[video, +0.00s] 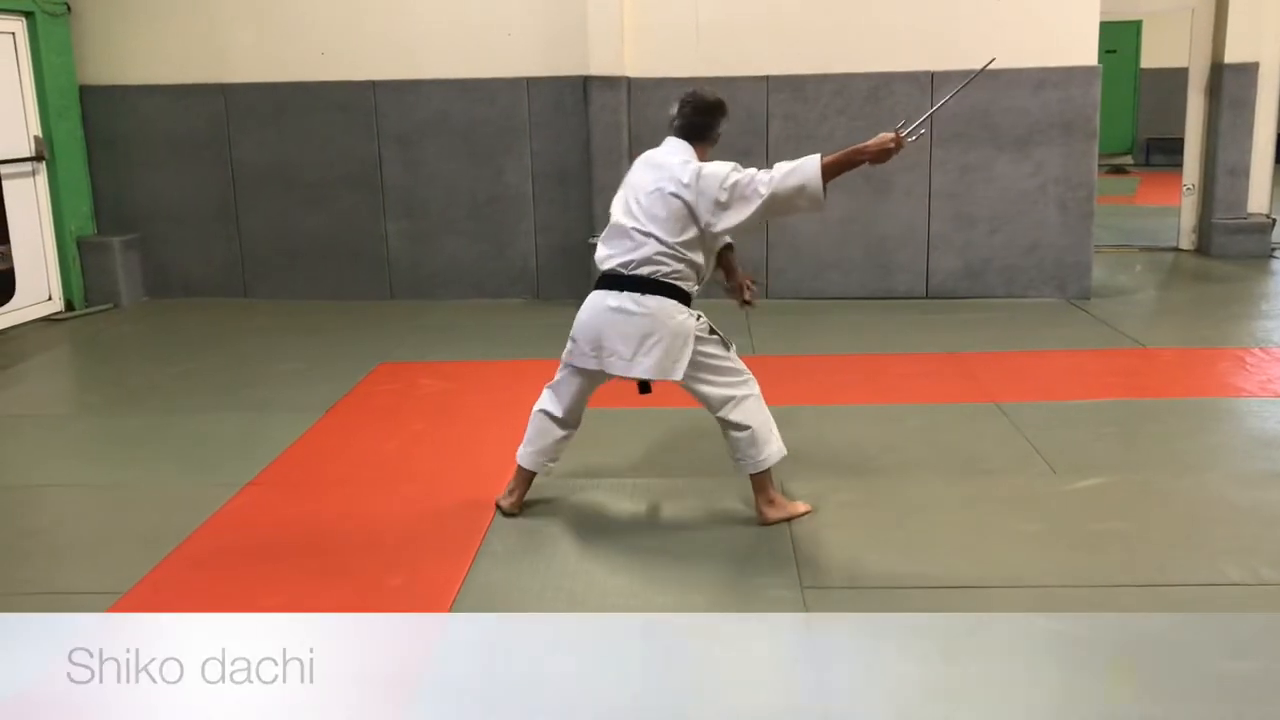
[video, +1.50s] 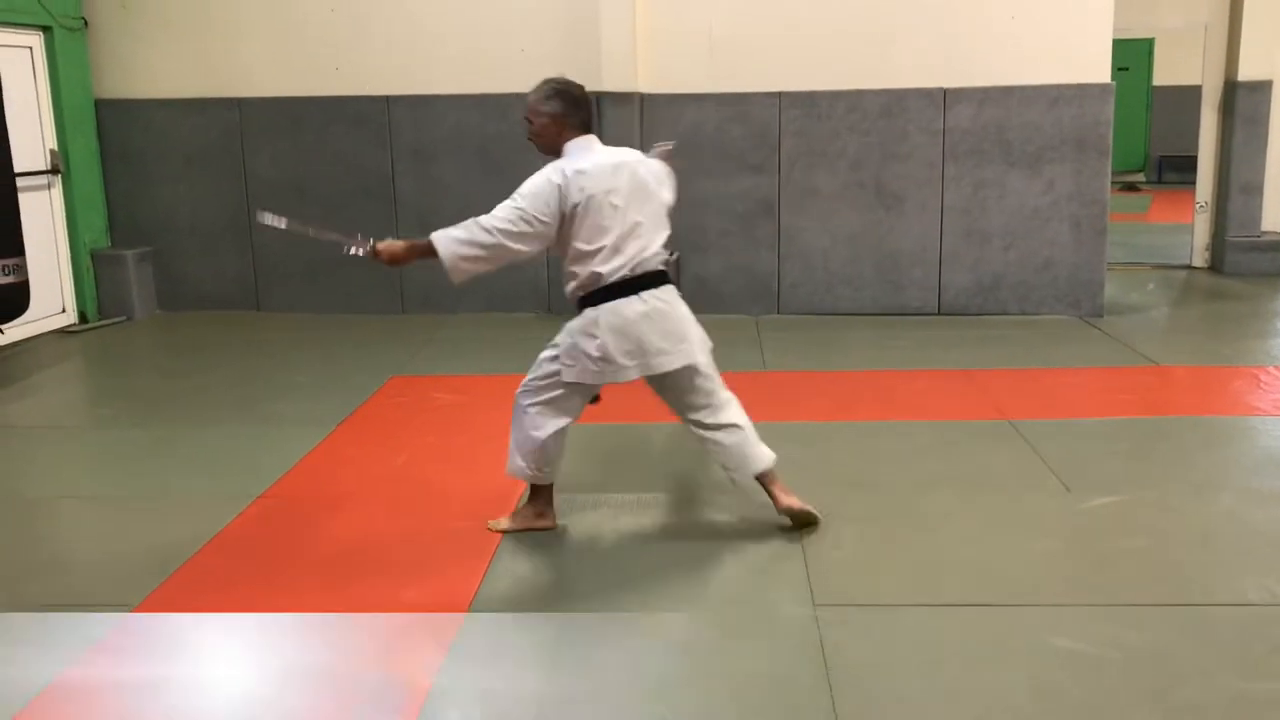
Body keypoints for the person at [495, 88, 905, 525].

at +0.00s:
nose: (717, 143)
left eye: (712, 136)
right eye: (716, 136)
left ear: (674, 126)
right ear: (712, 136)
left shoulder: (643, 165)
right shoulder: (707, 176)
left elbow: (694, 226)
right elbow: (784, 181)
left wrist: (731, 270)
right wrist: (863, 153)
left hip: (601, 305)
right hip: (665, 314)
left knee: (564, 393)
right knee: (736, 391)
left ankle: (514, 490)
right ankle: (768, 498)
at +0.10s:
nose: (631, 123)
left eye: (636, 117)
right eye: (636, 116)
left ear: (642, 122)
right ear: (682, 130)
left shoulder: (615, 161)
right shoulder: (695, 173)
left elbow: (656, 216)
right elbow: (774, 181)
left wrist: (710, 248)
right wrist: (855, 156)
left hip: (600, 313)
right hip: (668, 316)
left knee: (561, 396)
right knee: (735, 395)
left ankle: (514, 493)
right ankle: (771, 501)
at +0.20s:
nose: (606, 122)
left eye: (609, 114)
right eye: (608, 114)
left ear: (623, 119)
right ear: (658, 123)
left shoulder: (591, 160)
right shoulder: (692, 165)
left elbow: (562, 179)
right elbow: (773, 176)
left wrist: (604, 192)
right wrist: (854, 158)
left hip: (611, 317)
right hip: (680, 315)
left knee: (560, 397)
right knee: (745, 396)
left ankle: (514, 494)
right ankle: (777, 499)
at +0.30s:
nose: (605, 123)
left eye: (609, 114)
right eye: (608, 114)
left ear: (624, 120)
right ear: (658, 121)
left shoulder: (599, 166)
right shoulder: (702, 165)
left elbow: (527, 163)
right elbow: (778, 170)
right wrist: (855, 157)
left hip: (614, 319)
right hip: (685, 317)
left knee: (567, 398)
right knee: (755, 395)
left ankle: (516, 493)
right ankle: (783, 499)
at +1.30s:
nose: (591, 138)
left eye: (595, 128)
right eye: (591, 128)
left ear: (620, 130)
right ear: (644, 129)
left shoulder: (601, 181)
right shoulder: (701, 169)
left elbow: (526, 203)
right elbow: (763, 175)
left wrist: (450, 193)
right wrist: (817, 160)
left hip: (636, 323)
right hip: (704, 317)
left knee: (575, 397)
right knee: (752, 409)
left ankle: (532, 500)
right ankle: (787, 510)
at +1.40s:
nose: (562, 142)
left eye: (566, 132)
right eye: (561, 133)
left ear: (592, 131)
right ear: (614, 129)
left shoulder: (584, 185)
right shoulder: (678, 168)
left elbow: (509, 218)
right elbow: (732, 170)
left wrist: (423, 220)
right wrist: (758, 149)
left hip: (629, 326)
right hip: (695, 315)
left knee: (561, 395)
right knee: (743, 410)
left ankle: (539, 503)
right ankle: (788, 513)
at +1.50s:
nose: (527, 132)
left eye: (532, 121)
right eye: (526, 122)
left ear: (561, 120)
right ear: (579, 120)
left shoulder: (558, 179)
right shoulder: (642, 164)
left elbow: (496, 230)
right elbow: (664, 187)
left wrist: (411, 249)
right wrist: (661, 162)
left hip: (605, 323)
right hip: (666, 310)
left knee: (539, 398)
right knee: (713, 405)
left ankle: (538, 506)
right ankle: (781, 495)